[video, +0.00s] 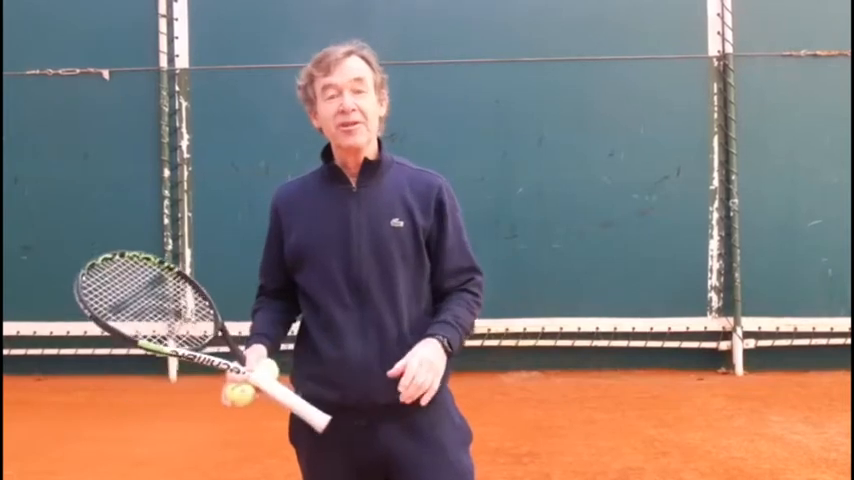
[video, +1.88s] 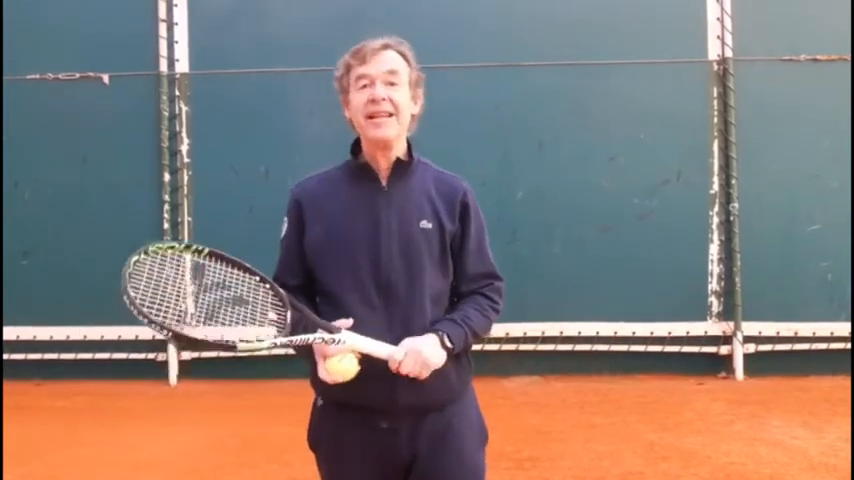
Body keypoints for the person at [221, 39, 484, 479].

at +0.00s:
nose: (347, 104)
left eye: (359, 90)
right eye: (331, 95)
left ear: (381, 103)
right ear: (314, 115)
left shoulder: (428, 192)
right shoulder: (290, 203)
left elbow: (463, 287)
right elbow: (276, 295)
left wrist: (438, 344)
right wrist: (259, 346)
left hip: (420, 418)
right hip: (326, 424)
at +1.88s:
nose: (378, 93)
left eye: (391, 81)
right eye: (364, 84)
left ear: (415, 101)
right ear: (347, 106)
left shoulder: (452, 196)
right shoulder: (310, 199)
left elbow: (484, 292)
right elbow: (288, 295)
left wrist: (440, 340)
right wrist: (316, 341)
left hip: (444, 420)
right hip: (349, 420)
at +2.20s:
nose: (415, 90)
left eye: (429, 80)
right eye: (400, 80)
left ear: (451, 103)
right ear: (381, 103)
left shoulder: (481, 203)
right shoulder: (338, 196)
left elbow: (506, 301)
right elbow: (311, 296)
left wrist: (466, 342)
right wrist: (340, 343)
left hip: (463, 432)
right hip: (365, 429)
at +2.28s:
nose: (422, 91)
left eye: (436, 80)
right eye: (407, 81)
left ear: (459, 102)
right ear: (388, 103)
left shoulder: (488, 203)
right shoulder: (344, 195)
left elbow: (514, 299)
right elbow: (317, 296)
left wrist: (476, 322)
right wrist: (345, 342)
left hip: (469, 432)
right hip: (370, 429)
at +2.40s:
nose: (432, 95)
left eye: (446, 83)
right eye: (417, 84)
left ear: (468, 102)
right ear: (397, 103)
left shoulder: (498, 203)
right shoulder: (352, 195)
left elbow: (528, 306)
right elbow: (326, 294)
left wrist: (489, 302)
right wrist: (351, 345)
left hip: (476, 432)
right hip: (377, 427)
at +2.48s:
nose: (437, 96)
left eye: (451, 84)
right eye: (422, 84)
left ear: (473, 102)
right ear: (401, 103)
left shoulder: (503, 203)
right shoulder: (357, 195)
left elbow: (533, 300)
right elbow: (330, 295)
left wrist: (502, 315)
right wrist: (354, 346)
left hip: (480, 433)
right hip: (381, 427)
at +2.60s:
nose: (441, 99)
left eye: (456, 87)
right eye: (427, 87)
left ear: (478, 104)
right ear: (407, 103)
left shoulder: (507, 203)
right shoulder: (363, 195)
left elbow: (538, 303)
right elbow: (337, 296)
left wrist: (510, 320)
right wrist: (359, 347)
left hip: (483, 432)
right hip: (385, 426)